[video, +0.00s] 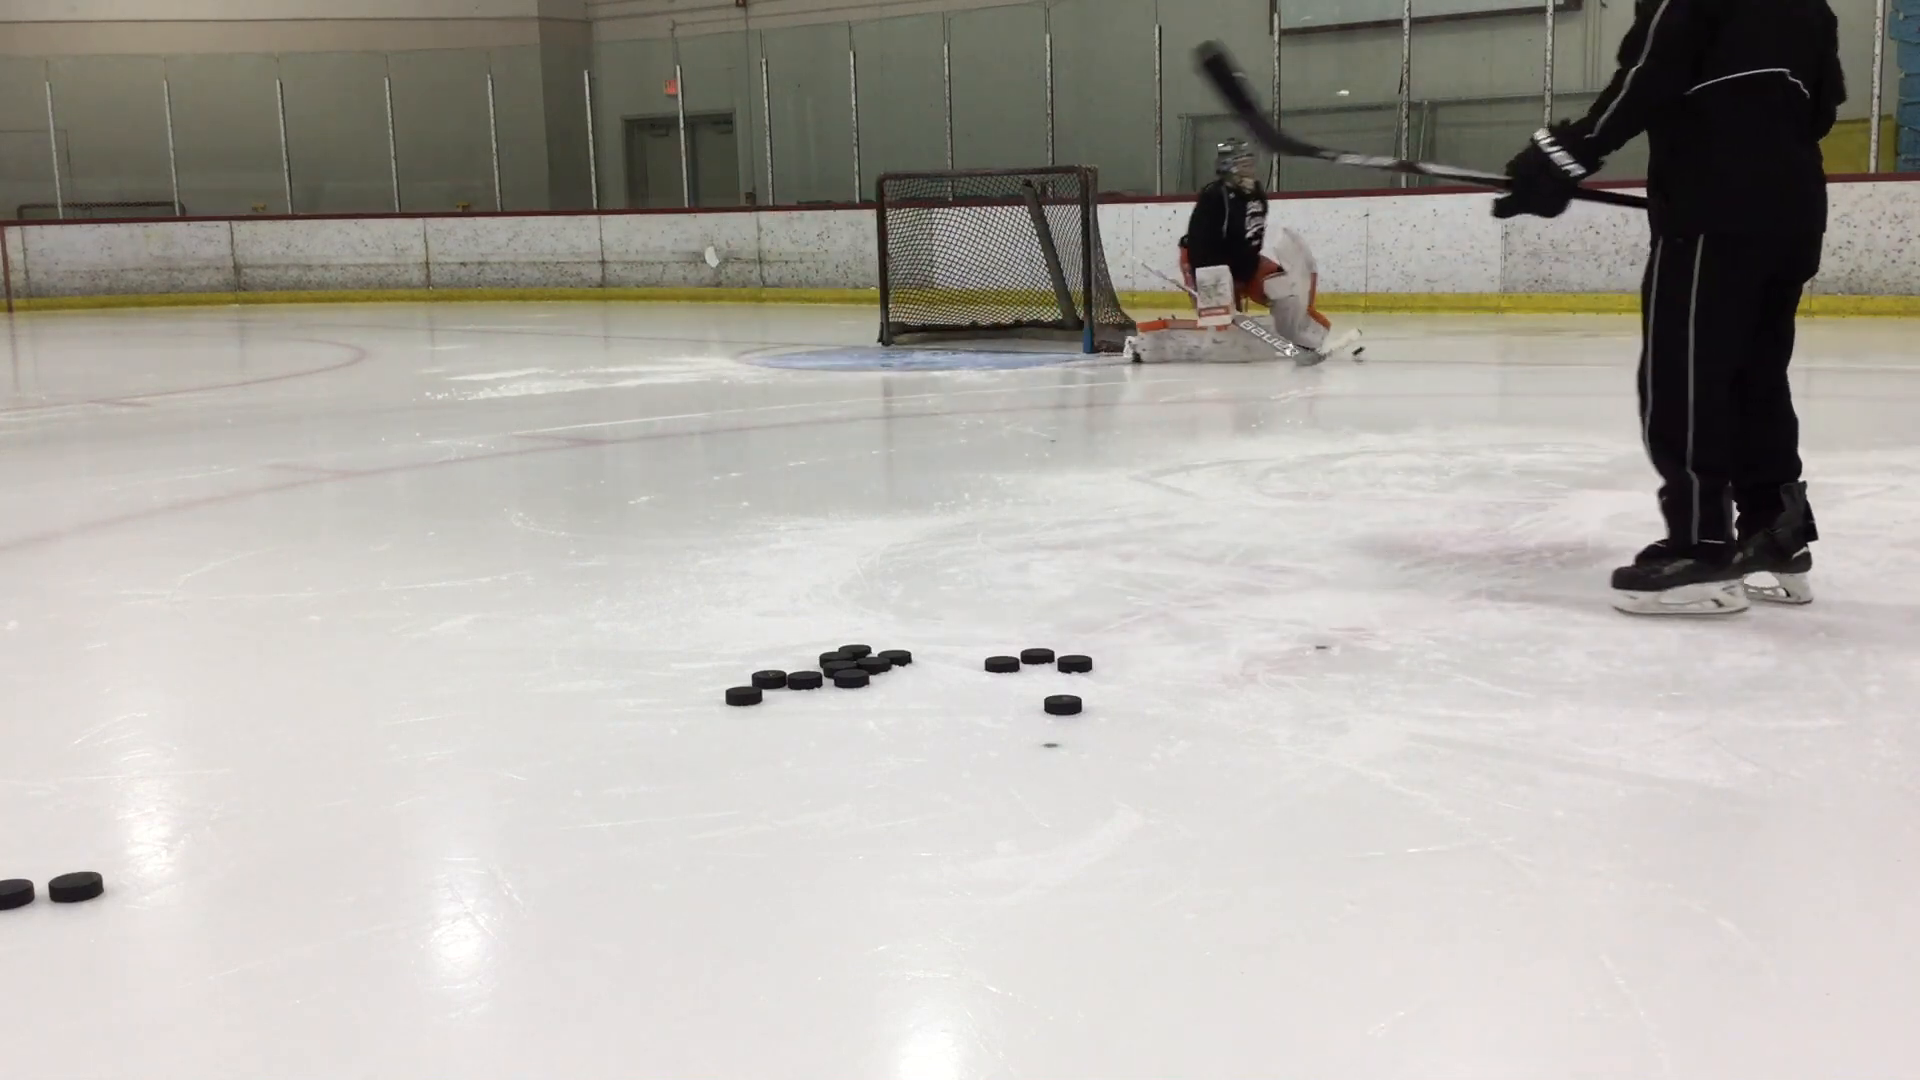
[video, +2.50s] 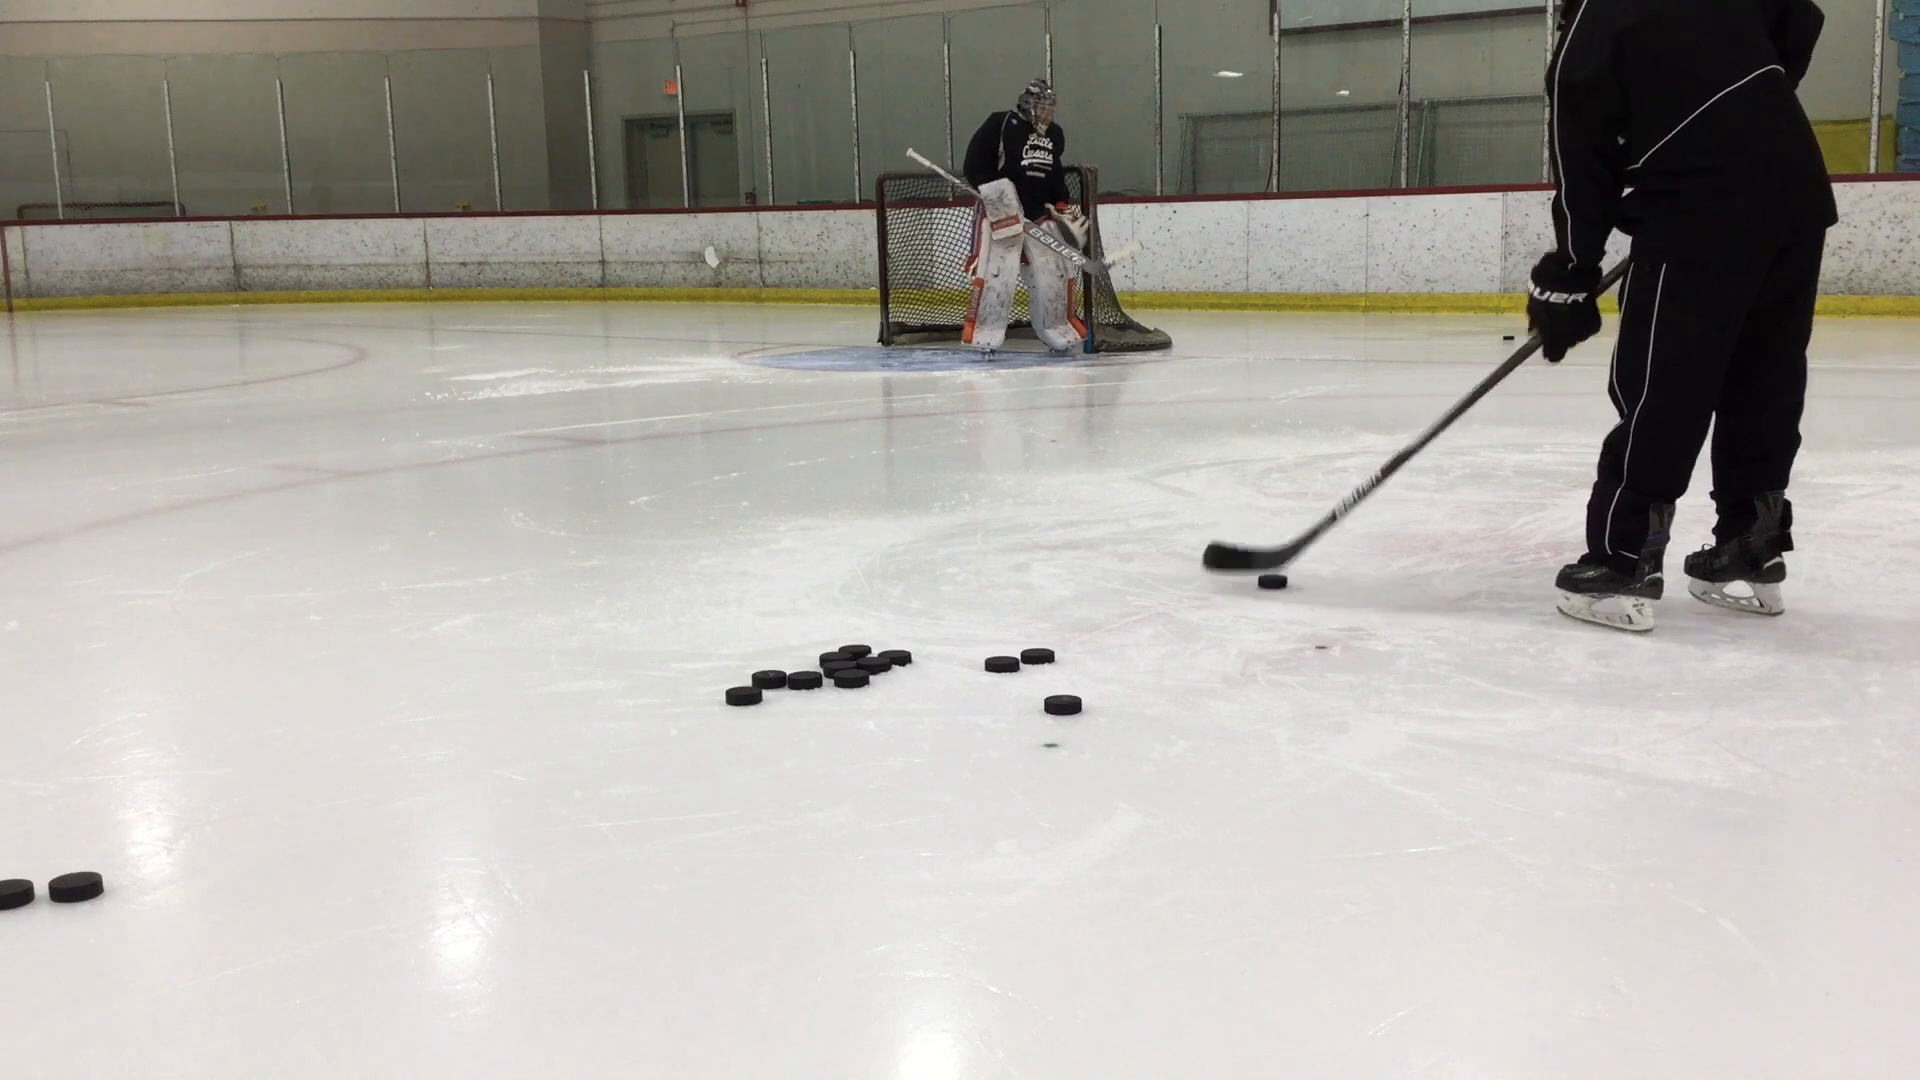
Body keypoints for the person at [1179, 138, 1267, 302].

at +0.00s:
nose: (1249, 169)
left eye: (1250, 164)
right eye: (1243, 165)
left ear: (1253, 164)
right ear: (1230, 167)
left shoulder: (1256, 190)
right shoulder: (1214, 195)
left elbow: (1256, 235)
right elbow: (1199, 240)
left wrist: (1245, 275)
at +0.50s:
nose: (1235, 121)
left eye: (1235, 116)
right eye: (1229, 117)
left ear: (1232, 118)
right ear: (1213, 120)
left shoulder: (1241, 152)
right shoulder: (1194, 153)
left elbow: (1237, 198)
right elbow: (1172, 203)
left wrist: (1249, 227)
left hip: (1234, 234)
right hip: (1202, 233)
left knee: (1262, 278)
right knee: (1212, 283)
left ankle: (1287, 332)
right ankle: (1173, 334)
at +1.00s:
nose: (1146, 100)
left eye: (1146, 94)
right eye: (1140, 95)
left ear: (1140, 97)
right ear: (1130, 98)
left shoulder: (1152, 133)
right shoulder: (1119, 128)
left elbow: (1145, 182)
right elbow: (1095, 173)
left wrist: (1162, 210)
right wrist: (1099, 217)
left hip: (1145, 216)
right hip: (1115, 215)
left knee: (1163, 272)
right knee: (1110, 275)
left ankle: (1141, 332)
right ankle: (1066, 334)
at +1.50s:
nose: (1071, 97)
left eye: (1073, 92)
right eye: (1065, 92)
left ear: (1075, 94)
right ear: (1049, 95)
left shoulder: (1084, 126)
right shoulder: (1029, 122)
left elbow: (1101, 160)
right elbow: (1014, 166)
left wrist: (1098, 168)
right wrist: (1054, 189)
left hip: (1074, 217)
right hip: (1035, 214)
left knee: (1083, 275)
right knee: (1020, 275)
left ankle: (1062, 333)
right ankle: (997, 337)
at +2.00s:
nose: (1029, 100)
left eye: (1033, 94)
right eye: (1023, 95)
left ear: (1039, 96)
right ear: (1010, 97)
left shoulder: (1052, 124)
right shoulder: (991, 125)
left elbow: (1078, 160)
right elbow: (968, 164)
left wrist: (1069, 197)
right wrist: (990, 201)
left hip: (1044, 215)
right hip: (1002, 215)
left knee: (1054, 276)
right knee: (999, 277)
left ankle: (1052, 337)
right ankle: (987, 340)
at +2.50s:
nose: (1049, 111)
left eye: (1051, 105)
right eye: (1044, 105)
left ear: (1052, 107)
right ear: (1028, 104)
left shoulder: (1054, 134)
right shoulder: (1000, 123)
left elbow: (1054, 172)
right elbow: (974, 166)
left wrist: (1062, 204)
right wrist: (998, 204)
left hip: (1040, 215)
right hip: (1001, 215)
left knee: (1053, 273)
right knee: (997, 275)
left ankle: (1060, 337)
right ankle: (986, 340)